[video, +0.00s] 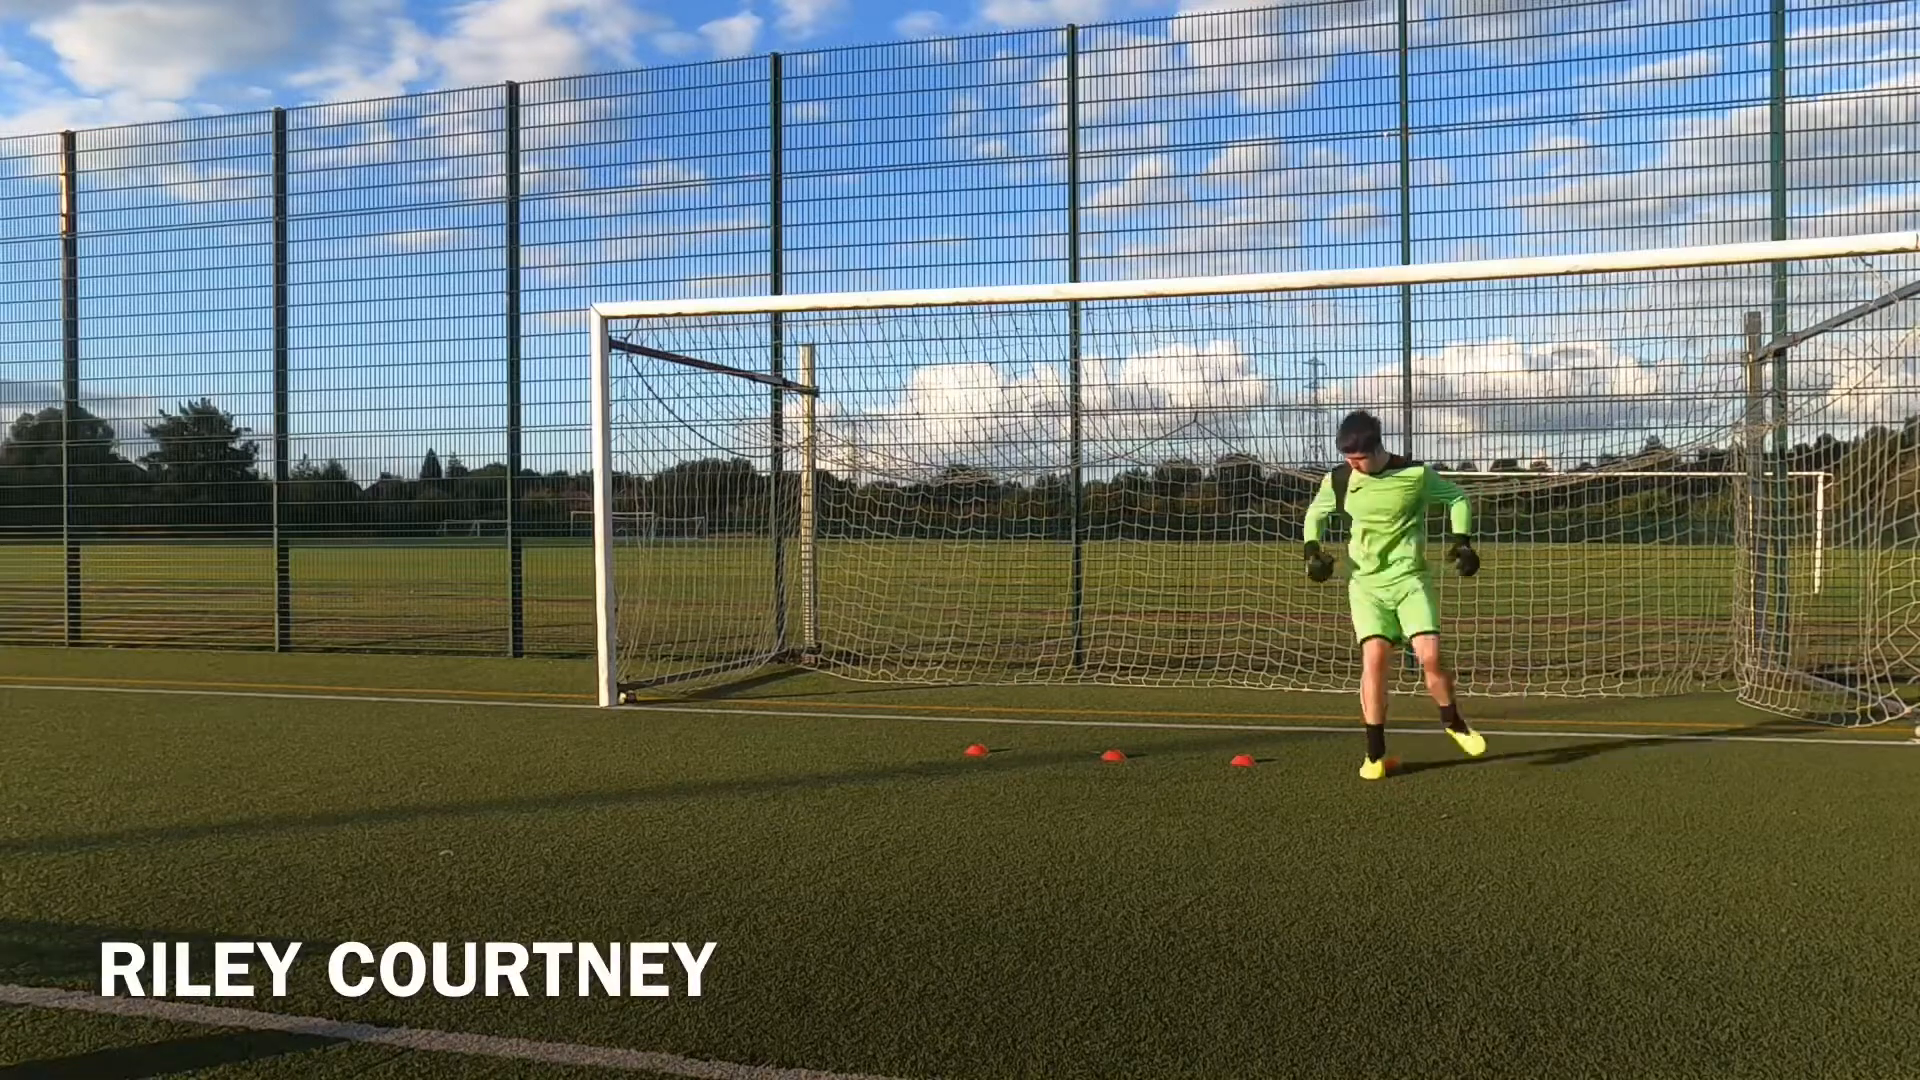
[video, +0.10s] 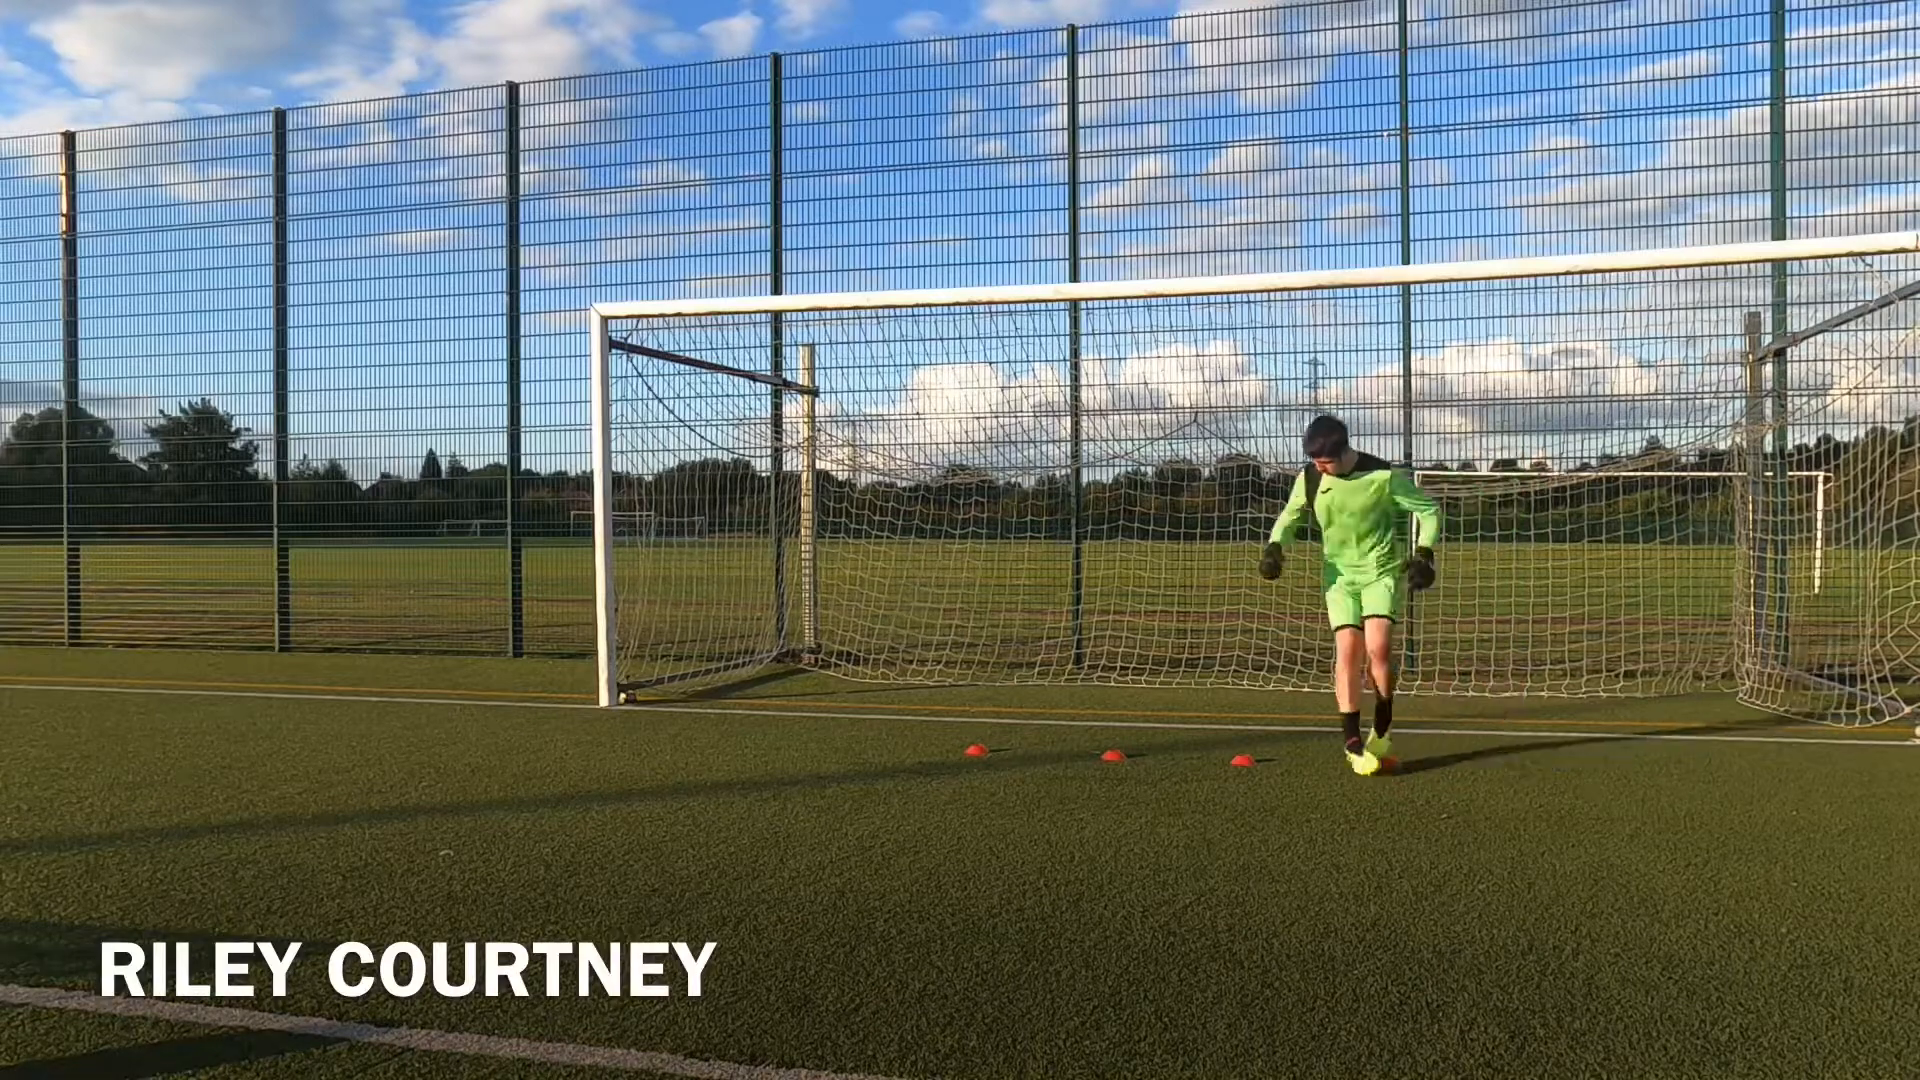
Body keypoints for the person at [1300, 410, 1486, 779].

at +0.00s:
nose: (1354, 463)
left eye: (1360, 456)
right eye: (1349, 456)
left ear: (1378, 447)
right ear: (1343, 452)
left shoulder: (1416, 476)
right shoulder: (1339, 480)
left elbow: (1457, 498)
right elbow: (1315, 514)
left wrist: (1461, 540)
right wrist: (1313, 548)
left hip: (1410, 581)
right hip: (1366, 585)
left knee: (1431, 655)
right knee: (1375, 654)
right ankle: (1375, 753)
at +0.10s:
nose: (1321, 466)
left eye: (1327, 459)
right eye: (1316, 459)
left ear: (1345, 448)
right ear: (1311, 455)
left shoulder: (1384, 476)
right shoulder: (1310, 479)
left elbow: (1429, 511)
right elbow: (1290, 515)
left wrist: (1423, 552)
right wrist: (1274, 546)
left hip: (1380, 573)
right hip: (1339, 576)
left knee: (1378, 649)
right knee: (1347, 649)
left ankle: (1382, 728)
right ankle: (1353, 742)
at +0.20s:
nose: (1286, 470)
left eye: (1292, 463)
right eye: (1281, 463)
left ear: (1312, 455)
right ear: (1278, 459)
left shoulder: (1349, 486)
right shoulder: (1280, 487)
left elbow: (1392, 522)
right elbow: (1269, 524)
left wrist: (1372, 554)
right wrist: (1253, 544)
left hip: (1351, 583)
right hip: (1308, 583)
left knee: (1346, 670)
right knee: (1292, 645)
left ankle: (1373, 742)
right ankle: (1302, 717)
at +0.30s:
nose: (1247, 464)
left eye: (1252, 457)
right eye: (1243, 458)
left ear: (1272, 446)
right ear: (1242, 455)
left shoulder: (1315, 483)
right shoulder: (1251, 480)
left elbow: (1352, 521)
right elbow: (1246, 516)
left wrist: (1334, 557)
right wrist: (1229, 546)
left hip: (1316, 589)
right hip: (1273, 586)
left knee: (1324, 669)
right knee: (1248, 658)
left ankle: (1368, 739)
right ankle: (1257, 721)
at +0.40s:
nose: (1206, 452)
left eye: (1210, 444)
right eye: (1202, 445)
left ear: (1231, 435)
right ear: (1204, 442)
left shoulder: (1274, 470)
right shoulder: (1213, 471)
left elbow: (1316, 500)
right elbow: (1209, 509)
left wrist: (1309, 546)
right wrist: (1199, 545)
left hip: (1273, 579)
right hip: (1235, 580)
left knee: (1264, 658)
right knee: (1235, 660)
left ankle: (1309, 700)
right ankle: (1253, 726)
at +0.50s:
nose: (1170, 455)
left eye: (1173, 447)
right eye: (1166, 449)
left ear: (1193, 436)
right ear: (1169, 443)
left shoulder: (1240, 467)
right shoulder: (1177, 472)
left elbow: (1281, 501)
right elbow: (1176, 510)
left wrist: (1274, 548)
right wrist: (1166, 545)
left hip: (1237, 568)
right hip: (1201, 569)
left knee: (1208, 637)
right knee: (1181, 651)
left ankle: (1218, 721)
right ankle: (1221, 703)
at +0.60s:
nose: (1139, 459)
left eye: (1144, 450)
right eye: (1134, 452)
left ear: (1163, 445)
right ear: (1132, 452)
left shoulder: (1202, 485)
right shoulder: (1147, 485)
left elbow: (1241, 528)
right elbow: (1143, 525)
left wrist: (1232, 575)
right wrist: (1125, 558)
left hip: (1199, 584)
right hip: (1165, 581)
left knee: (1168, 660)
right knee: (1117, 639)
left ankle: (1197, 753)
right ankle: (1141, 720)